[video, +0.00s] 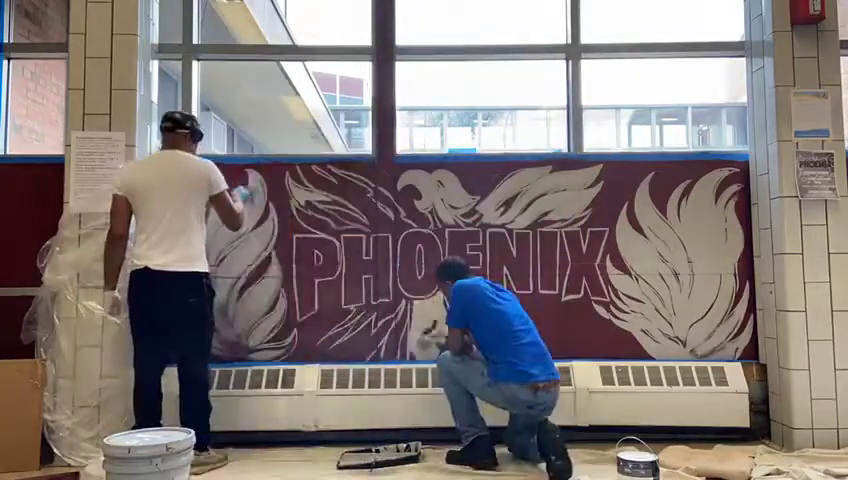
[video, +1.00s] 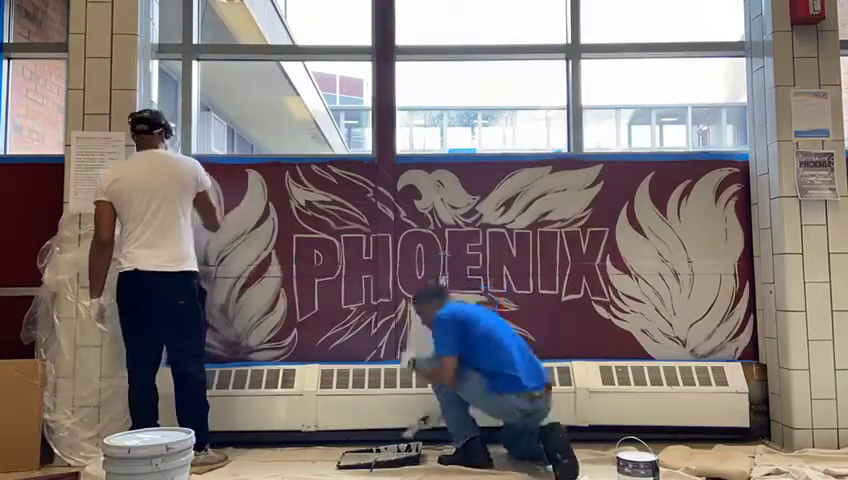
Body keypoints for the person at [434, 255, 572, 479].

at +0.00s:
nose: (444, 295)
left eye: (442, 290)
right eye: (442, 290)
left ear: (447, 283)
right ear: (469, 274)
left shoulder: (461, 289)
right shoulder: (501, 291)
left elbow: (456, 347)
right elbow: (497, 350)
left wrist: (468, 345)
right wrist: (468, 342)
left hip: (515, 390)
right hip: (549, 393)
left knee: (447, 362)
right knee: (518, 443)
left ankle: (477, 446)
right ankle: (545, 440)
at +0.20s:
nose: (453, 280)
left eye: (452, 276)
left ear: (454, 276)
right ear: (482, 269)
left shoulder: (463, 291)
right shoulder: (508, 287)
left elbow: (461, 351)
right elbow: (498, 351)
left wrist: (452, 310)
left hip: (520, 392)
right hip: (554, 394)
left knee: (449, 364)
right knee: (518, 441)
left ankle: (479, 446)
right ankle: (548, 439)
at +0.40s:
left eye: (459, 268)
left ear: (461, 270)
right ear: (489, 268)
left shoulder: (459, 295)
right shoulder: (513, 292)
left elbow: (443, 352)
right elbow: (517, 339)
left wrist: (467, 343)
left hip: (507, 394)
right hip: (545, 393)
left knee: (441, 369)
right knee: (518, 444)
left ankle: (475, 446)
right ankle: (549, 441)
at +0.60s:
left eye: (443, 272)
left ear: (444, 273)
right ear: (472, 270)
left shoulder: (441, 294)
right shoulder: (496, 289)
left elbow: (440, 353)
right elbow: (506, 337)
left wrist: (469, 355)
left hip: (489, 398)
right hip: (527, 397)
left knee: (433, 371)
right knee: (515, 448)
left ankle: (469, 443)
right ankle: (539, 441)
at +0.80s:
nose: (431, 282)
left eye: (432, 277)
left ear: (436, 277)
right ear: (464, 274)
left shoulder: (437, 299)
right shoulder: (488, 294)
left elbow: (439, 357)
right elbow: (500, 345)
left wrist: (471, 353)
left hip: (488, 408)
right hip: (525, 408)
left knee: (431, 372)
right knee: (515, 447)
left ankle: (467, 443)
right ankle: (538, 442)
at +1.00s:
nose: (422, 320)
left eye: (421, 313)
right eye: (419, 315)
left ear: (432, 305)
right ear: (442, 300)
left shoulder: (445, 318)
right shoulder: (475, 312)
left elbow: (447, 379)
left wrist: (425, 373)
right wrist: (434, 366)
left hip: (513, 401)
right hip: (541, 401)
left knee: (443, 379)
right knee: (515, 444)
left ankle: (471, 448)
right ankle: (548, 440)